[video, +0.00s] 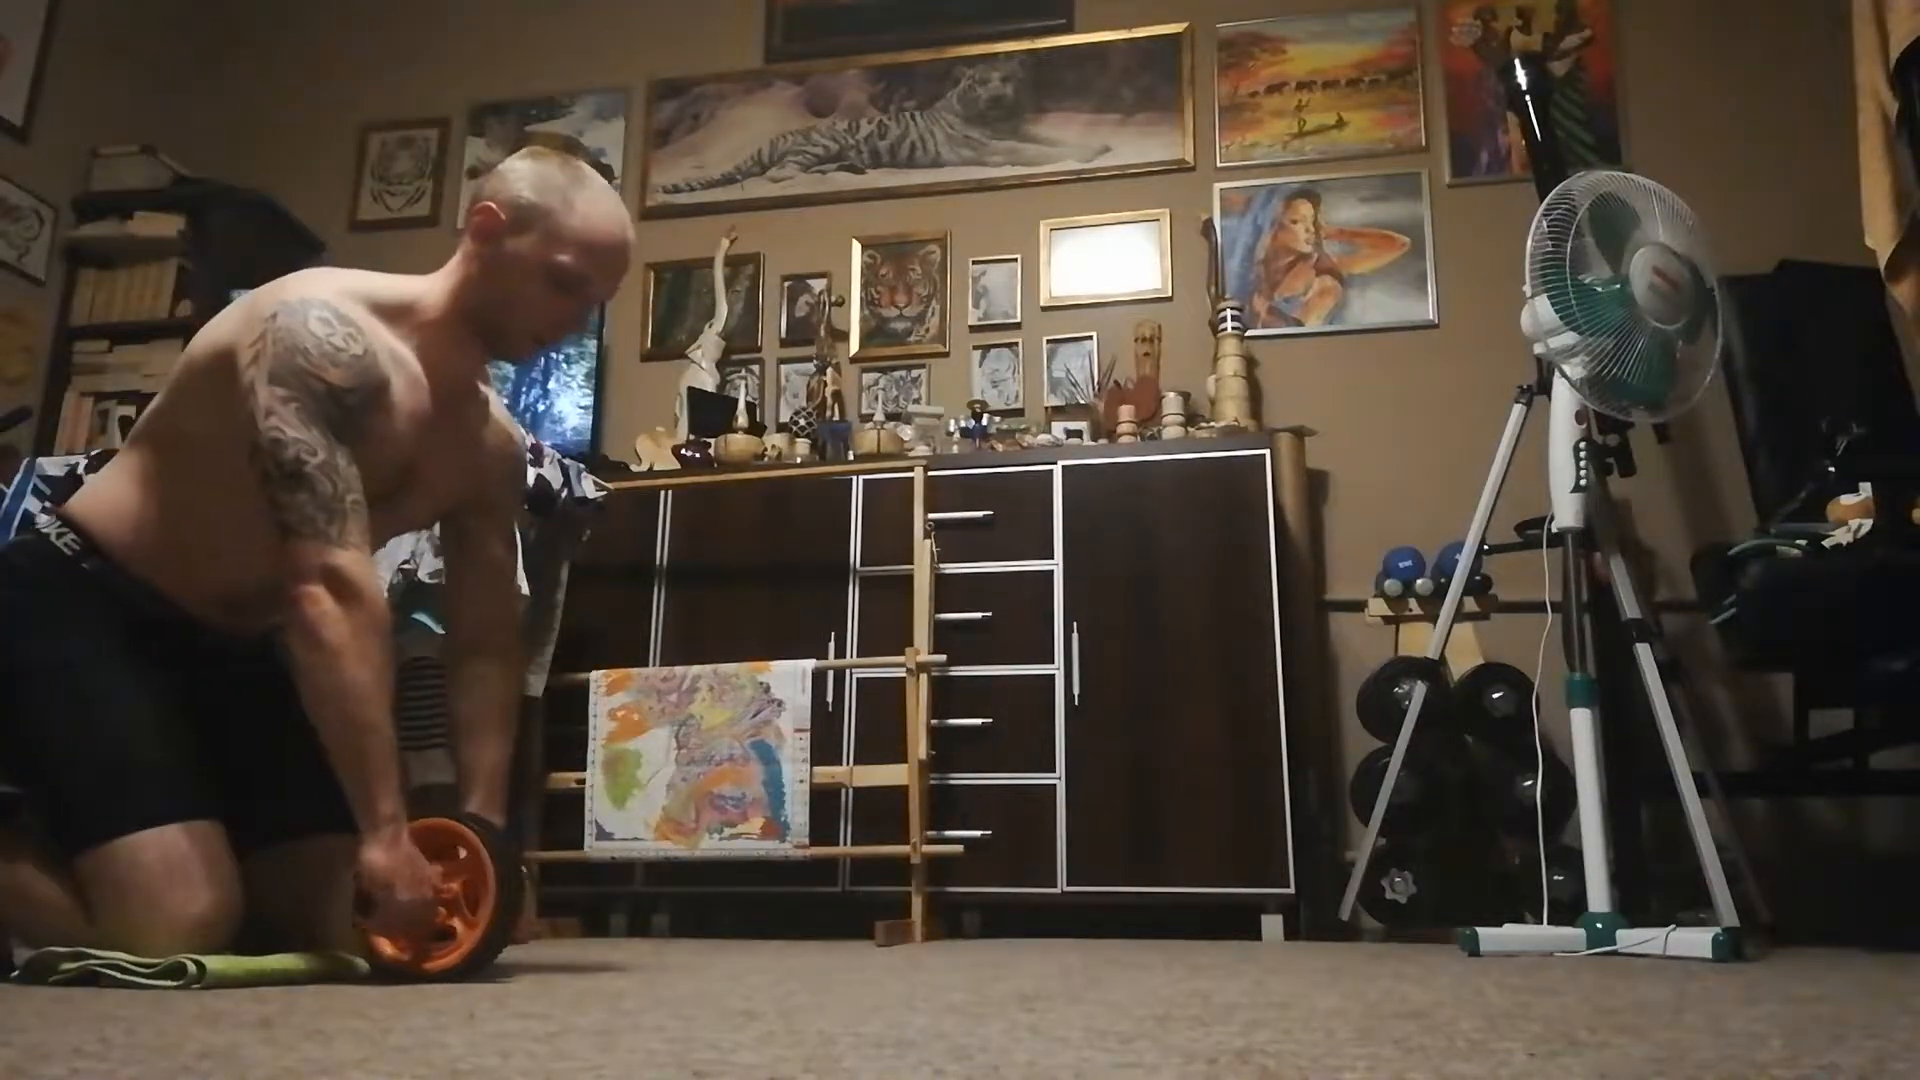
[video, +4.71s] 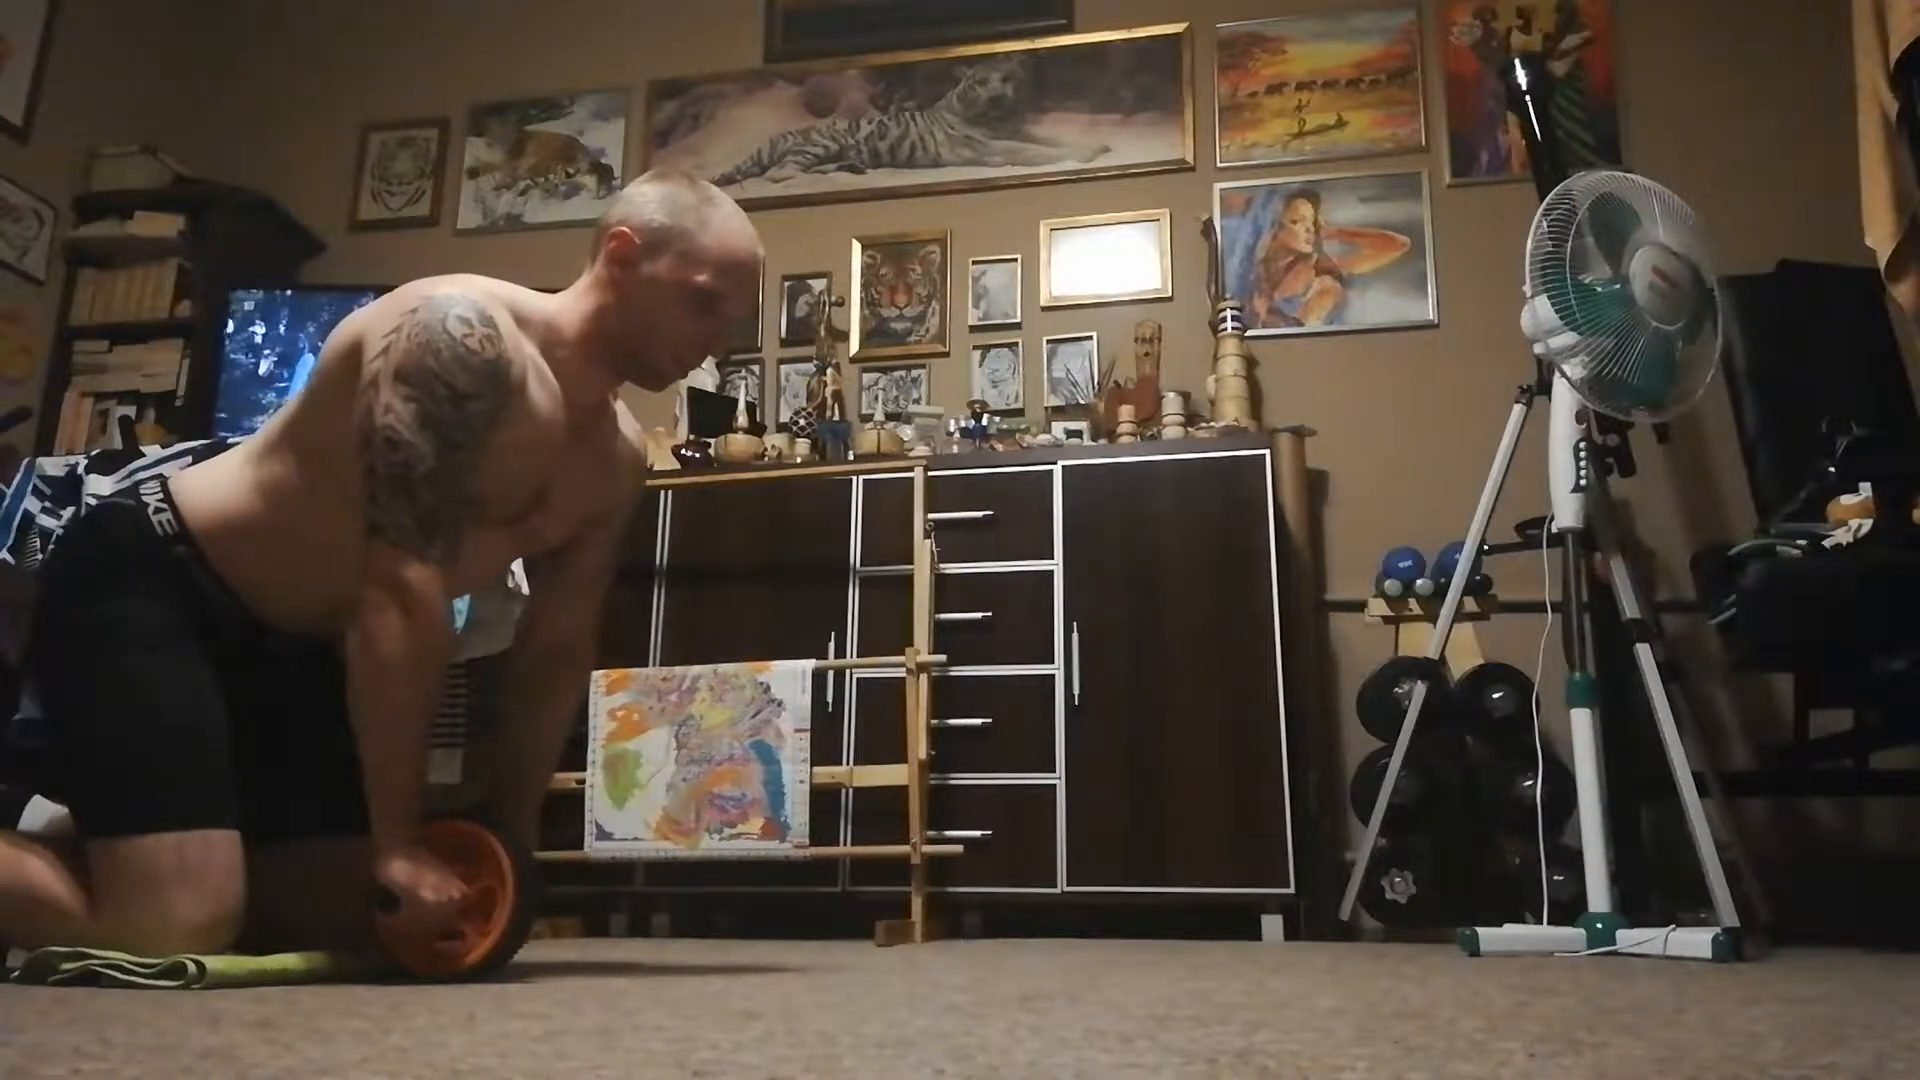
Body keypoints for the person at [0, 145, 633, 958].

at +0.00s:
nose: (580, 320)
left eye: (597, 301)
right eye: (570, 285)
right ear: (487, 227)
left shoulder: (491, 447)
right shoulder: (319, 335)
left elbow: (487, 647)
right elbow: (328, 595)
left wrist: (481, 830)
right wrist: (386, 831)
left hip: (242, 645)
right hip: (87, 602)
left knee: (337, 924)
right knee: (182, 925)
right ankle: (10, 862)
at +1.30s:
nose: (711, 302)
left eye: (722, 279)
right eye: (692, 264)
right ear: (598, 230)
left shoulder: (595, 459)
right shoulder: (439, 332)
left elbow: (549, 656)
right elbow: (390, 601)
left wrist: (506, 849)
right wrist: (404, 845)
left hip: (288, 642)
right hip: (144, 574)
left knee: (351, 916)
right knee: (181, 927)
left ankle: (84, 869)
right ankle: (8, 853)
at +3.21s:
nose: (713, 368)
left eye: (733, 348)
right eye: (706, 331)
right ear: (628, 269)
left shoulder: (593, 455)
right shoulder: (440, 338)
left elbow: (538, 660)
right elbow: (385, 606)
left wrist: (495, 865)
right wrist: (400, 844)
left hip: (292, 631)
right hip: (148, 568)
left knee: (351, 914)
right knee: (171, 926)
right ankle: (11, 895)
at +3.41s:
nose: (707, 362)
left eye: (726, 344)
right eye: (699, 323)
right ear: (619, 261)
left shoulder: (593, 454)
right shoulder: (436, 335)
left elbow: (537, 663)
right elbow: (384, 604)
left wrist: (492, 862)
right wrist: (402, 846)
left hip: (291, 633)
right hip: (147, 575)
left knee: (347, 923)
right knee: (172, 934)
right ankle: (7, 836)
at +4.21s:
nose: (720, 335)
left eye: (734, 311)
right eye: (707, 297)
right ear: (621, 248)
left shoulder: (615, 463)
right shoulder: (459, 336)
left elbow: (548, 666)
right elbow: (395, 598)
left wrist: (499, 875)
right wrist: (399, 855)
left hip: (295, 642)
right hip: (151, 573)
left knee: (354, 922)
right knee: (177, 924)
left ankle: (80, 863)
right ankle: (9, 862)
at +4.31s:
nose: (723, 333)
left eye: (737, 308)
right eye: (711, 296)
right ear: (624, 249)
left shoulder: (617, 467)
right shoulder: (461, 337)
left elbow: (549, 667)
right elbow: (395, 600)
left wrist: (500, 873)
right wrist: (399, 855)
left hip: (295, 644)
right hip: (151, 575)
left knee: (357, 922)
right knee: (177, 923)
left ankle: (81, 861)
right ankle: (11, 864)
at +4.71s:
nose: (722, 338)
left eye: (736, 314)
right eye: (709, 301)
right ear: (623, 255)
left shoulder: (614, 465)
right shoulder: (459, 337)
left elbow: (550, 667)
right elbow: (396, 601)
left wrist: (498, 867)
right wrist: (398, 851)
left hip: (293, 642)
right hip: (148, 575)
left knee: (355, 915)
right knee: (179, 921)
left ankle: (73, 866)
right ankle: (11, 864)